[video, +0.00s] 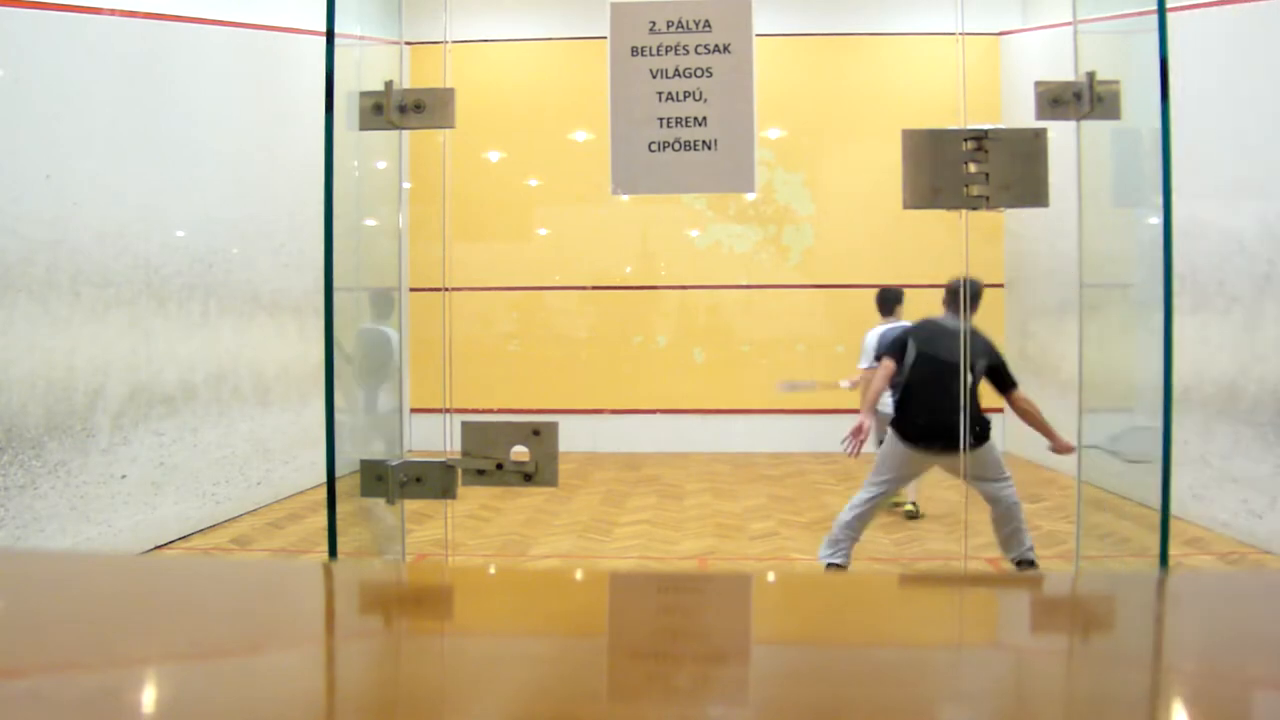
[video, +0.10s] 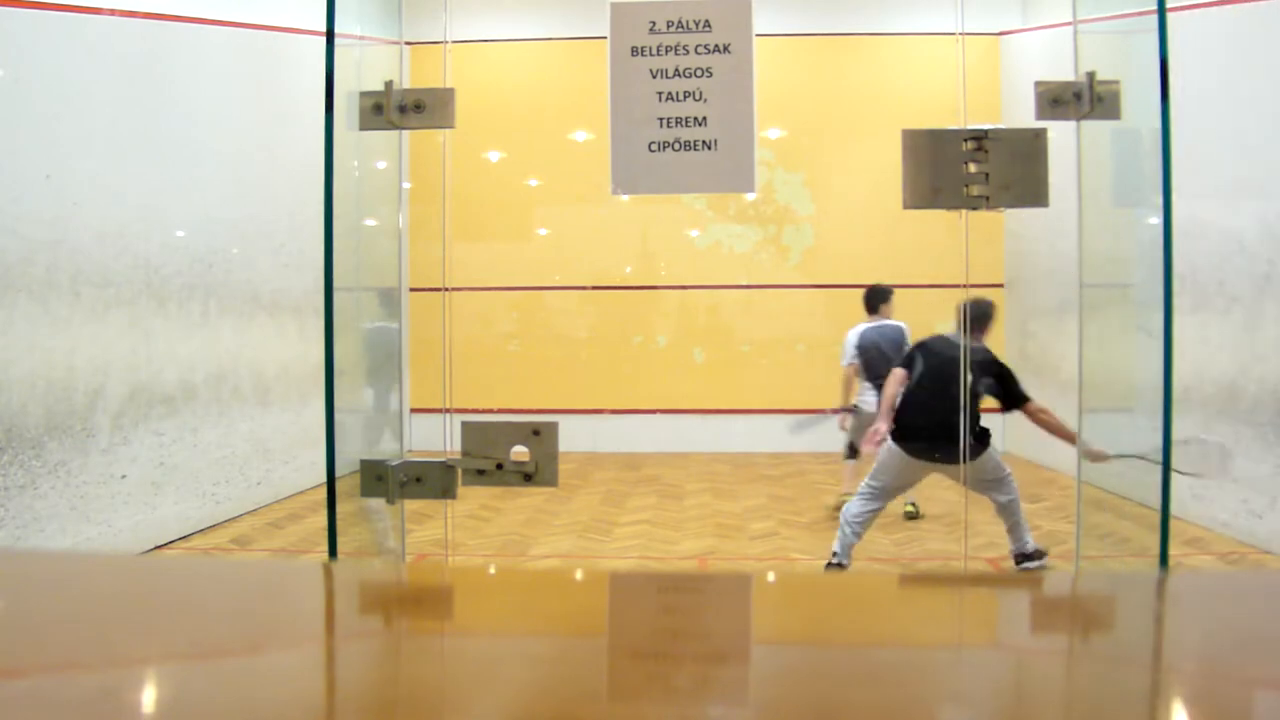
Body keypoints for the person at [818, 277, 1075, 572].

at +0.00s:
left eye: (950, 297)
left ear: (945, 300)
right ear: (976, 306)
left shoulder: (913, 333)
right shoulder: (982, 346)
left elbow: (885, 369)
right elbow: (1017, 400)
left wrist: (865, 414)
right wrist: (1053, 437)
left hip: (911, 435)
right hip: (964, 439)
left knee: (874, 489)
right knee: (1000, 490)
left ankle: (835, 555)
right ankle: (1022, 555)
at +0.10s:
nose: (989, 328)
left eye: (982, 320)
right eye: (989, 323)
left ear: (957, 321)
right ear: (986, 327)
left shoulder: (927, 347)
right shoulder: (988, 363)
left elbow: (895, 379)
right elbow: (1033, 412)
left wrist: (883, 420)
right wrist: (1080, 444)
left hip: (911, 442)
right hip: (962, 447)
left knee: (872, 493)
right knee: (1002, 488)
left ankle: (839, 553)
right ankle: (1023, 551)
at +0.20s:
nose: (1006, 340)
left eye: (1000, 333)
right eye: (1017, 338)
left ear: (991, 334)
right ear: (1020, 344)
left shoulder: (960, 354)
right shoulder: (1021, 381)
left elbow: (923, 375)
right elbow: (1070, 416)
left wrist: (900, 414)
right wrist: (1121, 439)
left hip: (919, 442)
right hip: (969, 452)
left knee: (875, 494)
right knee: (1009, 486)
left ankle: (841, 552)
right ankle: (1029, 552)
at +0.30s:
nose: (1060, 370)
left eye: (1053, 360)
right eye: (1060, 366)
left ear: (1030, 356)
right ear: (1055, 369)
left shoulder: (995, 366)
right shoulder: (1050, 400)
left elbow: (946, 373)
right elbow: (1104, 424)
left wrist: (911, 406)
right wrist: (1150, 432)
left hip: (930, 435)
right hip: (976, 447)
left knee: (889, 496)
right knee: (1024, 482)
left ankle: (843, 555)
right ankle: (1032, 553)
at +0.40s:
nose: (1077, 386)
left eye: (1074, 378)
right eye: (1077, 381)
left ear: (1047, 369)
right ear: (1071, 382)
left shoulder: (1011, 374)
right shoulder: (1062, 407)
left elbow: (958, 374)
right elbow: (1117, 433)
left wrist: (915, 403)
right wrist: (1160, 450)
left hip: (936, 434)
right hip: (980, 447)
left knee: (906, 497)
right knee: (1034, 477)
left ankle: (846, 547)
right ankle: (1034, 553)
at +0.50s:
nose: (1076, 374)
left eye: (1070, 367)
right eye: (1077, 370)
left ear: (1046, 361)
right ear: (1072, 372)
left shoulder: (1012, 369)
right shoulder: (1063, 401)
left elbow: (955, 377)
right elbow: (1107, 450)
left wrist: (914, 412)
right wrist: (1142, 489)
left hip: (939, 430)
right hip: (983, 442)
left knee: (916, 496)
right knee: (1036, 476)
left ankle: (855, 540)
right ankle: (1034, 552)